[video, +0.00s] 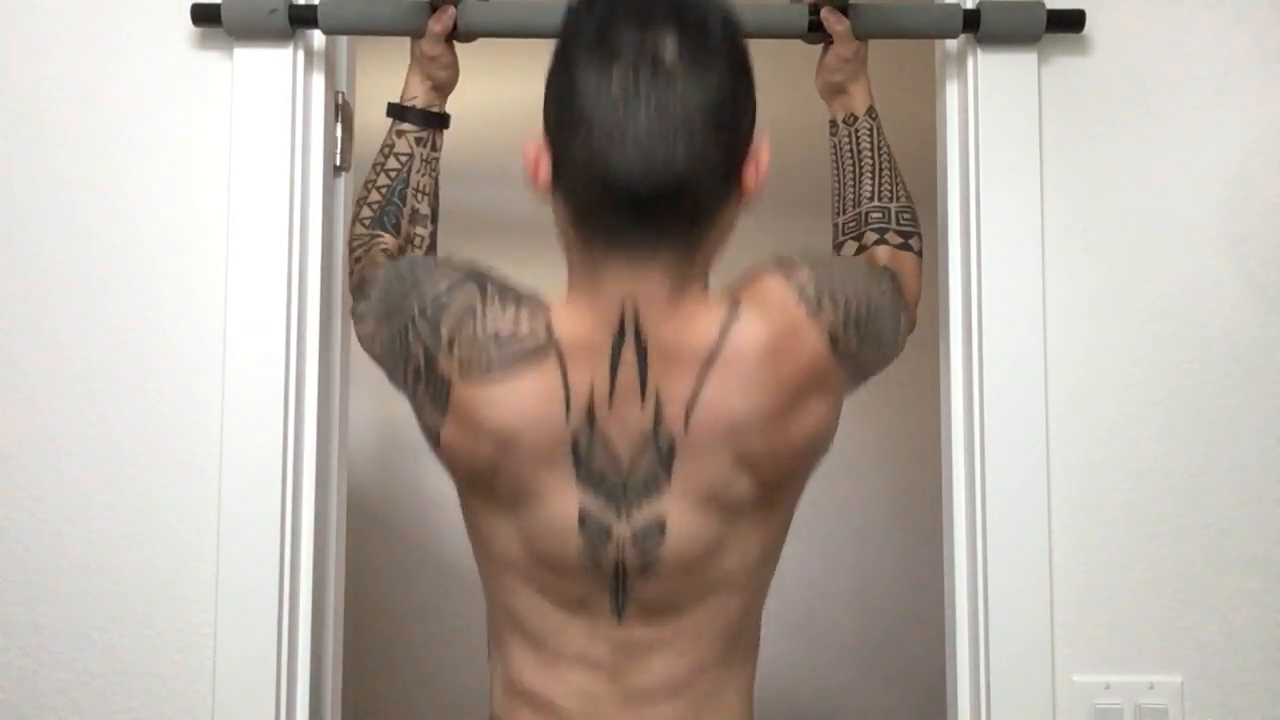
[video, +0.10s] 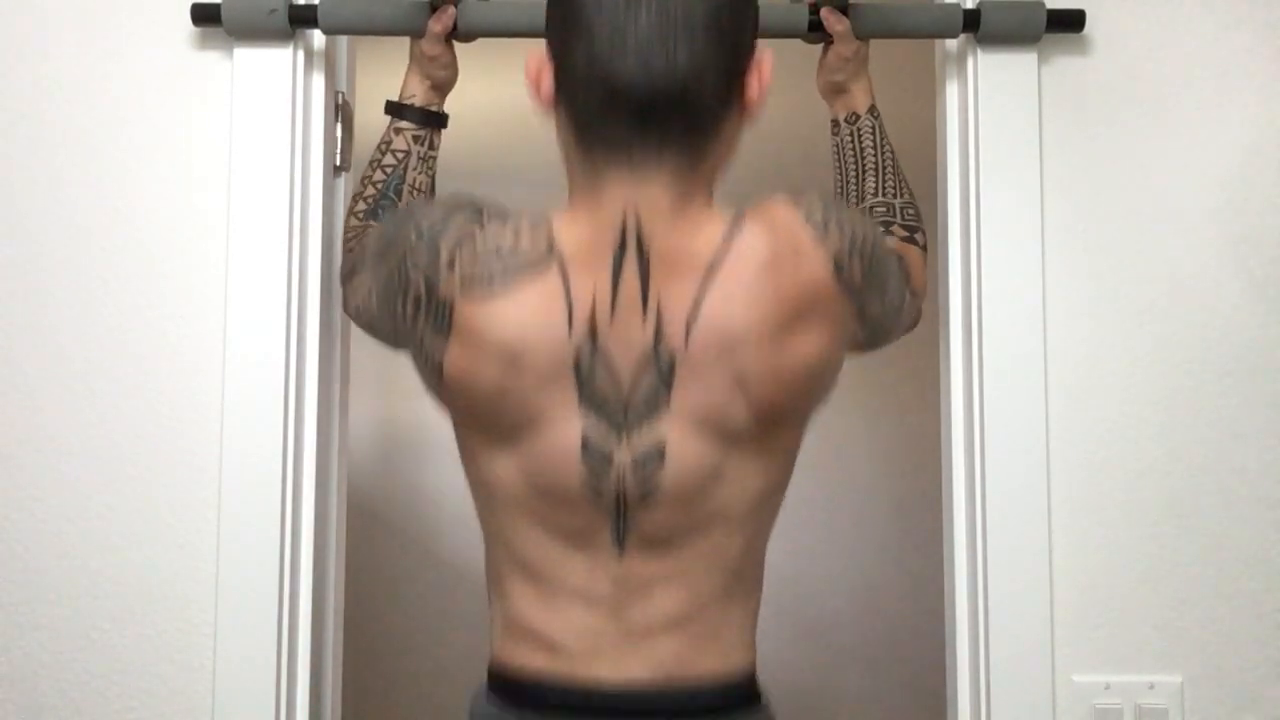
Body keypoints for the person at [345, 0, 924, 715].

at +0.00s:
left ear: (539, 170)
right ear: (753, 171)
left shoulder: (475, 356)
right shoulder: (795, 343)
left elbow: (379, 261)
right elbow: (892, 263)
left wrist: (423, 89)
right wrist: (850, 96)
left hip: (530, 708)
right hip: (711, 707)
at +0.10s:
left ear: (542, 83)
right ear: (754, 85)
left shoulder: (465, 276)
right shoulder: (801, 271)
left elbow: (365, 260)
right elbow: (903, 273)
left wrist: (421, 89)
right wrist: (853, 99)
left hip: (525, 696)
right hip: (715, 697)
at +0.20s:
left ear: (549, 19)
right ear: (749, 18)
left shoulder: (460, 203)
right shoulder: (799, 194)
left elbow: (366, 287)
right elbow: (898, 295)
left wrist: (417, 98)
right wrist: (854, 99)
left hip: (528, 672)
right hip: (719, 675)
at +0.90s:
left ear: (543, 126)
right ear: (752, 127)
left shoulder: (475, 308)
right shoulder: (799, 309)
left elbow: (379, 263)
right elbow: (893, 263)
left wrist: (423, 95)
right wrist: (852, 97)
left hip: (534, 699)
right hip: (725, 700)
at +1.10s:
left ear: (543, 209)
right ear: (752, 211)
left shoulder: (484, 389)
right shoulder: (791, 379)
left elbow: (388, 259)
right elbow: (888, 263)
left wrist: (423, 92)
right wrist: (850, 96)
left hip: (537, 710)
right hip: (720, 710)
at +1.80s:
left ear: (537, 105)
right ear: (751, 109)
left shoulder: (468, 295)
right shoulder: (799, 285)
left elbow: (372, 266)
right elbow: (901, 275)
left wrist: (422, 95)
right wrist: (851, 99)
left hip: (528, 699)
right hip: (716, 699)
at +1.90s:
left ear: (545, 20)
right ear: (749, 22)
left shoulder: (458, 199)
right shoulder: (802, 194)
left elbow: (368, 291)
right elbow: (898, 299)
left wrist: (418, 98)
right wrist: (854, 102)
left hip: (529, 681)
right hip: (722, 684)